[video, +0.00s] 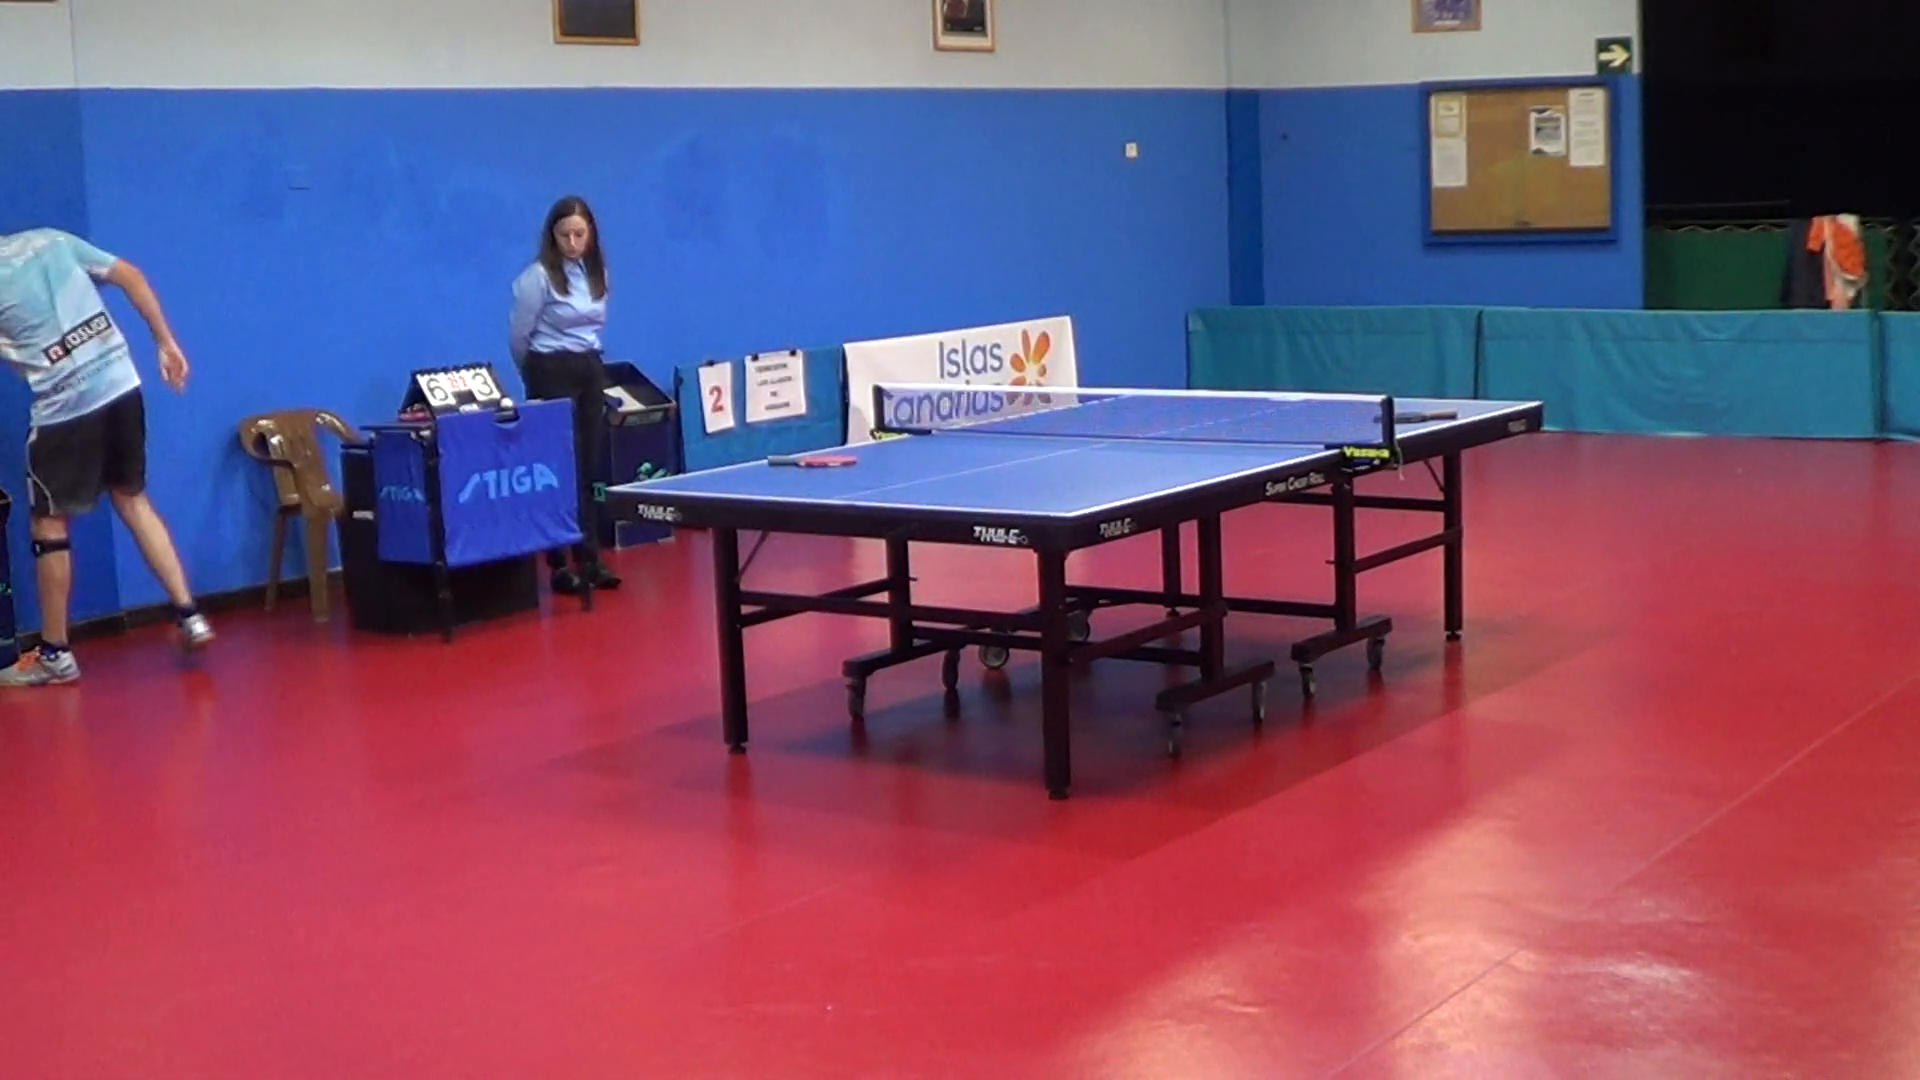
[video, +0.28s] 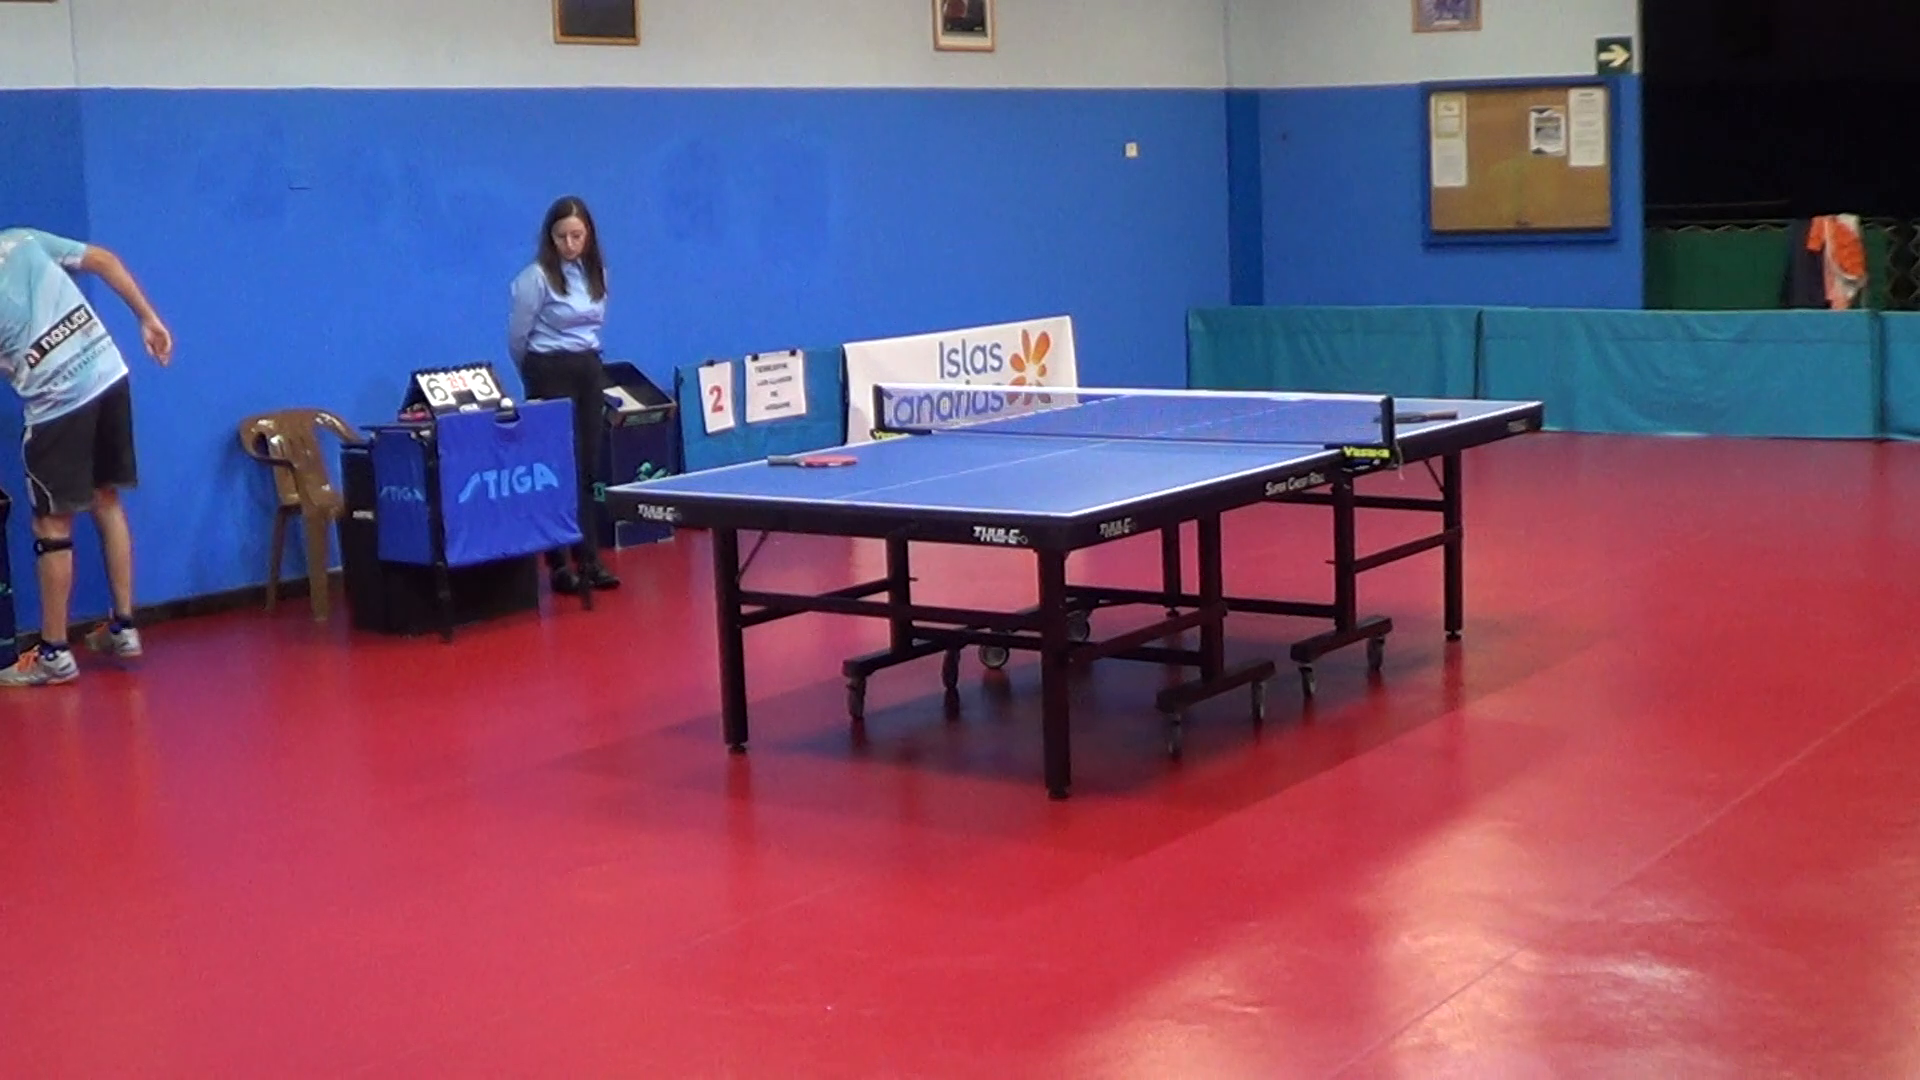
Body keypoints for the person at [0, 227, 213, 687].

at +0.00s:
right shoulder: (49, 240)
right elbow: (129, 274)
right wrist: (167, 341)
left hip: (64, 409)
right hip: (123, 388)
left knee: (49, 524)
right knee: (131, 495)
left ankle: (54, 651)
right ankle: (190, 614)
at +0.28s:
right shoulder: (20, 241)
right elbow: (101, 258)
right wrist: (148, 315)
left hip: (55, 403)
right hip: (109, 377)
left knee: (52, 525)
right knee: (107, 500)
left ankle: (54, 651)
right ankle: (125, 626)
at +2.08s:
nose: (429, 176)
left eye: (430, 166)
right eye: (417, 168)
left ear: (428, 173)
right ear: (384, 179)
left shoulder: (439, 234)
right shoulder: (359, 248)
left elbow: (458, 308)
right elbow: (340, 346)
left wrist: (471, 340)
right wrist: (429, 358)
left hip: (449, 408)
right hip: (401, 415)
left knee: (418, 536)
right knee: (435, 535)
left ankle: (367, 626)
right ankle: (474, 669)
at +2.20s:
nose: (450, 168)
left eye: (451, 158)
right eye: (438, 161)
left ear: (450, 164)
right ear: (404, 170)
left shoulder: (460, 224)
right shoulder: (380, 241)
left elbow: (479, 297)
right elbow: (359, 339)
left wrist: (495, 330)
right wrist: (448, 350)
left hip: (476, 400)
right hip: (421, 412)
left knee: (491, 528)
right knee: (444, 536)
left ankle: (402, 603)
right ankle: (475, 669)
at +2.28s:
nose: (466, 166)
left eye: (467, 156)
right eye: (454, 158)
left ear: (461, 164)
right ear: (419, 168)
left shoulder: (470, 222)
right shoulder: (395, 238)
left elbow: (493, 295)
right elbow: (373, 335)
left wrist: (509, 325)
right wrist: (466, 345)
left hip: (493, 402)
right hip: (435, 416)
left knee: (528, 521)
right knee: (451, 536)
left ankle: (438, 603)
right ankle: (475, 669)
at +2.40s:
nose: (492, 165)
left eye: (493, 155)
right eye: (481, 156)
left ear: (483, 161)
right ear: (444, 163)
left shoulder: (491, 221)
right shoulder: (415, 234)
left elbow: (504, 298)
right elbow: (395, 330)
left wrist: (527, 319)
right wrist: (488, 338)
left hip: (514, 403)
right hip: (454, 417)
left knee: (563, 516)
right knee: (462, 538)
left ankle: (517, 641)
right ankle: (476, 668)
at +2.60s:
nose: (544, 174)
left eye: (545, 163)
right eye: (533, 165)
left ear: (526, 168)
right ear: (496, 167)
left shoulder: (541, 231)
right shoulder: (457, 239)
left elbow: (557, 315)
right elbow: (428, 335)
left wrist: (593, 336)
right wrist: (518, 341)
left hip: (556, 416)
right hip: (490, 426)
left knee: (588, 534)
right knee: (484, 545)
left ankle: (644, 664)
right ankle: (481, 669)